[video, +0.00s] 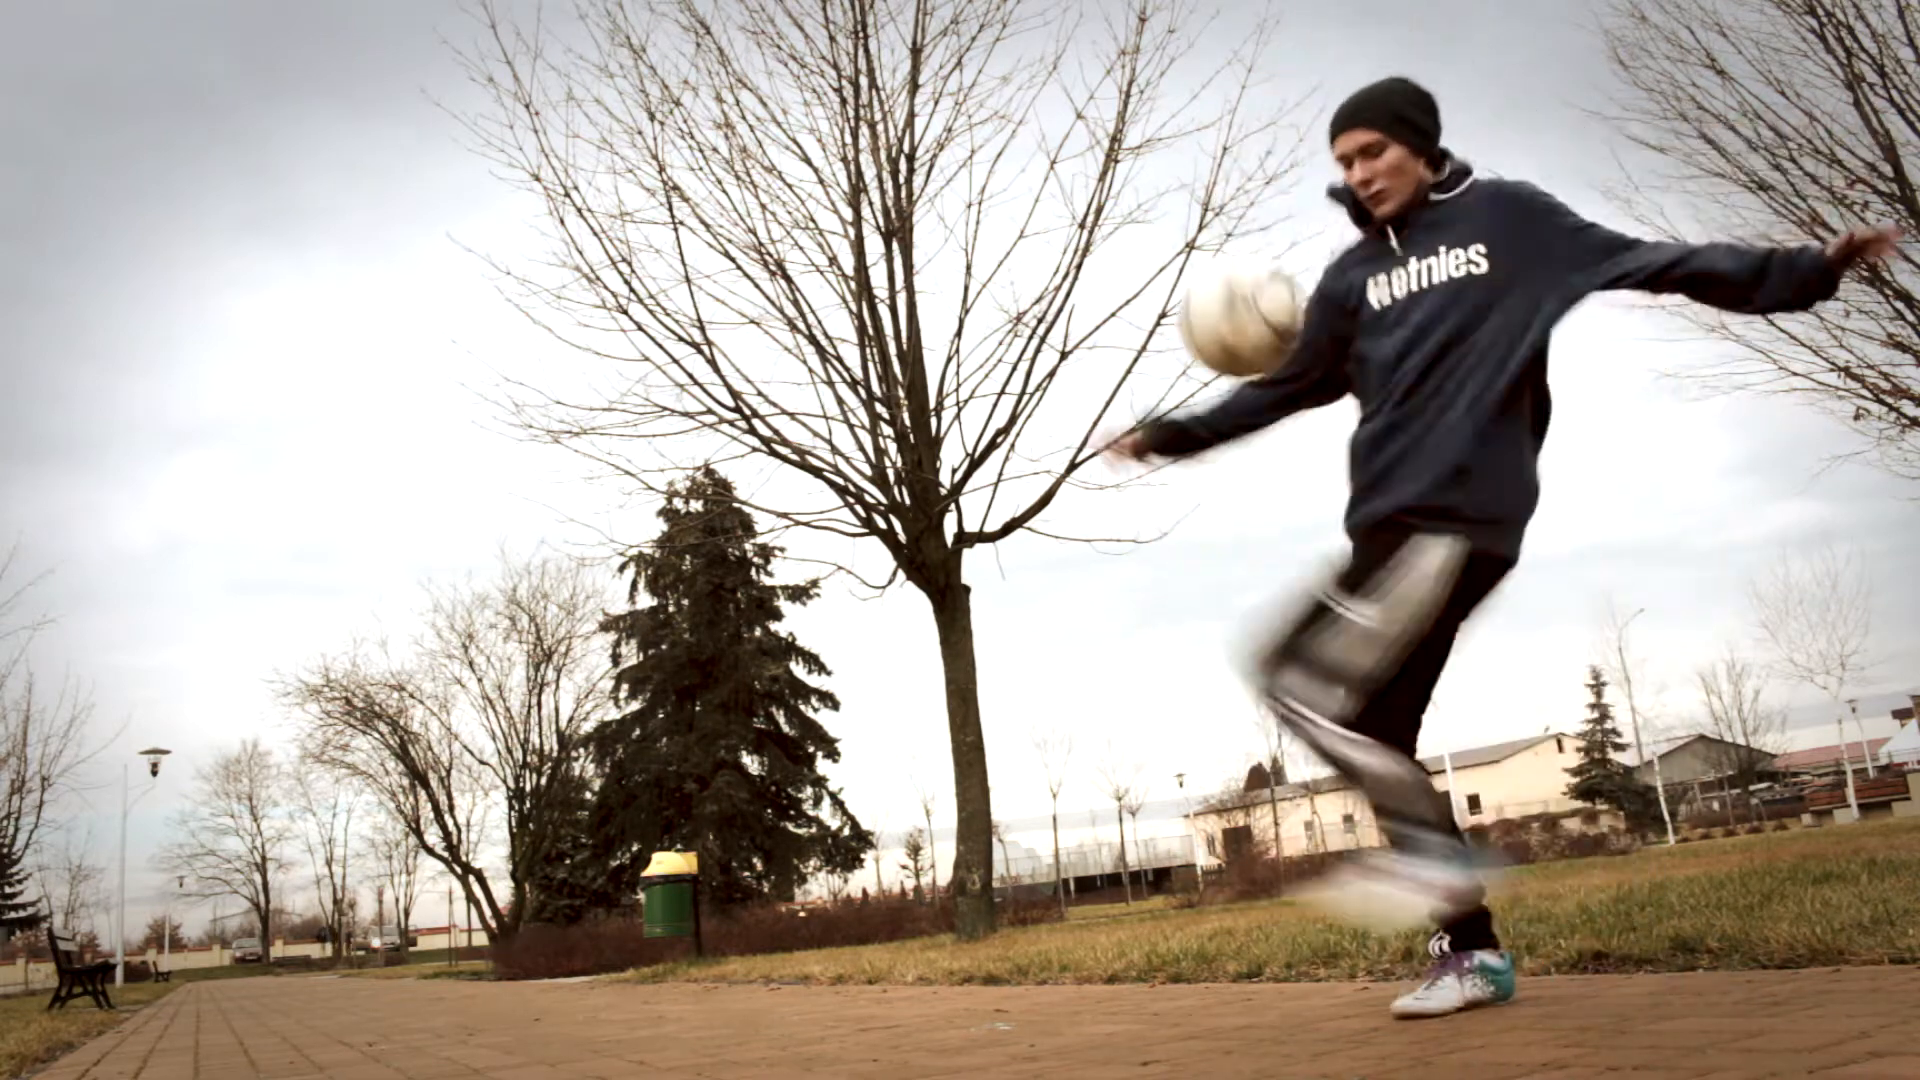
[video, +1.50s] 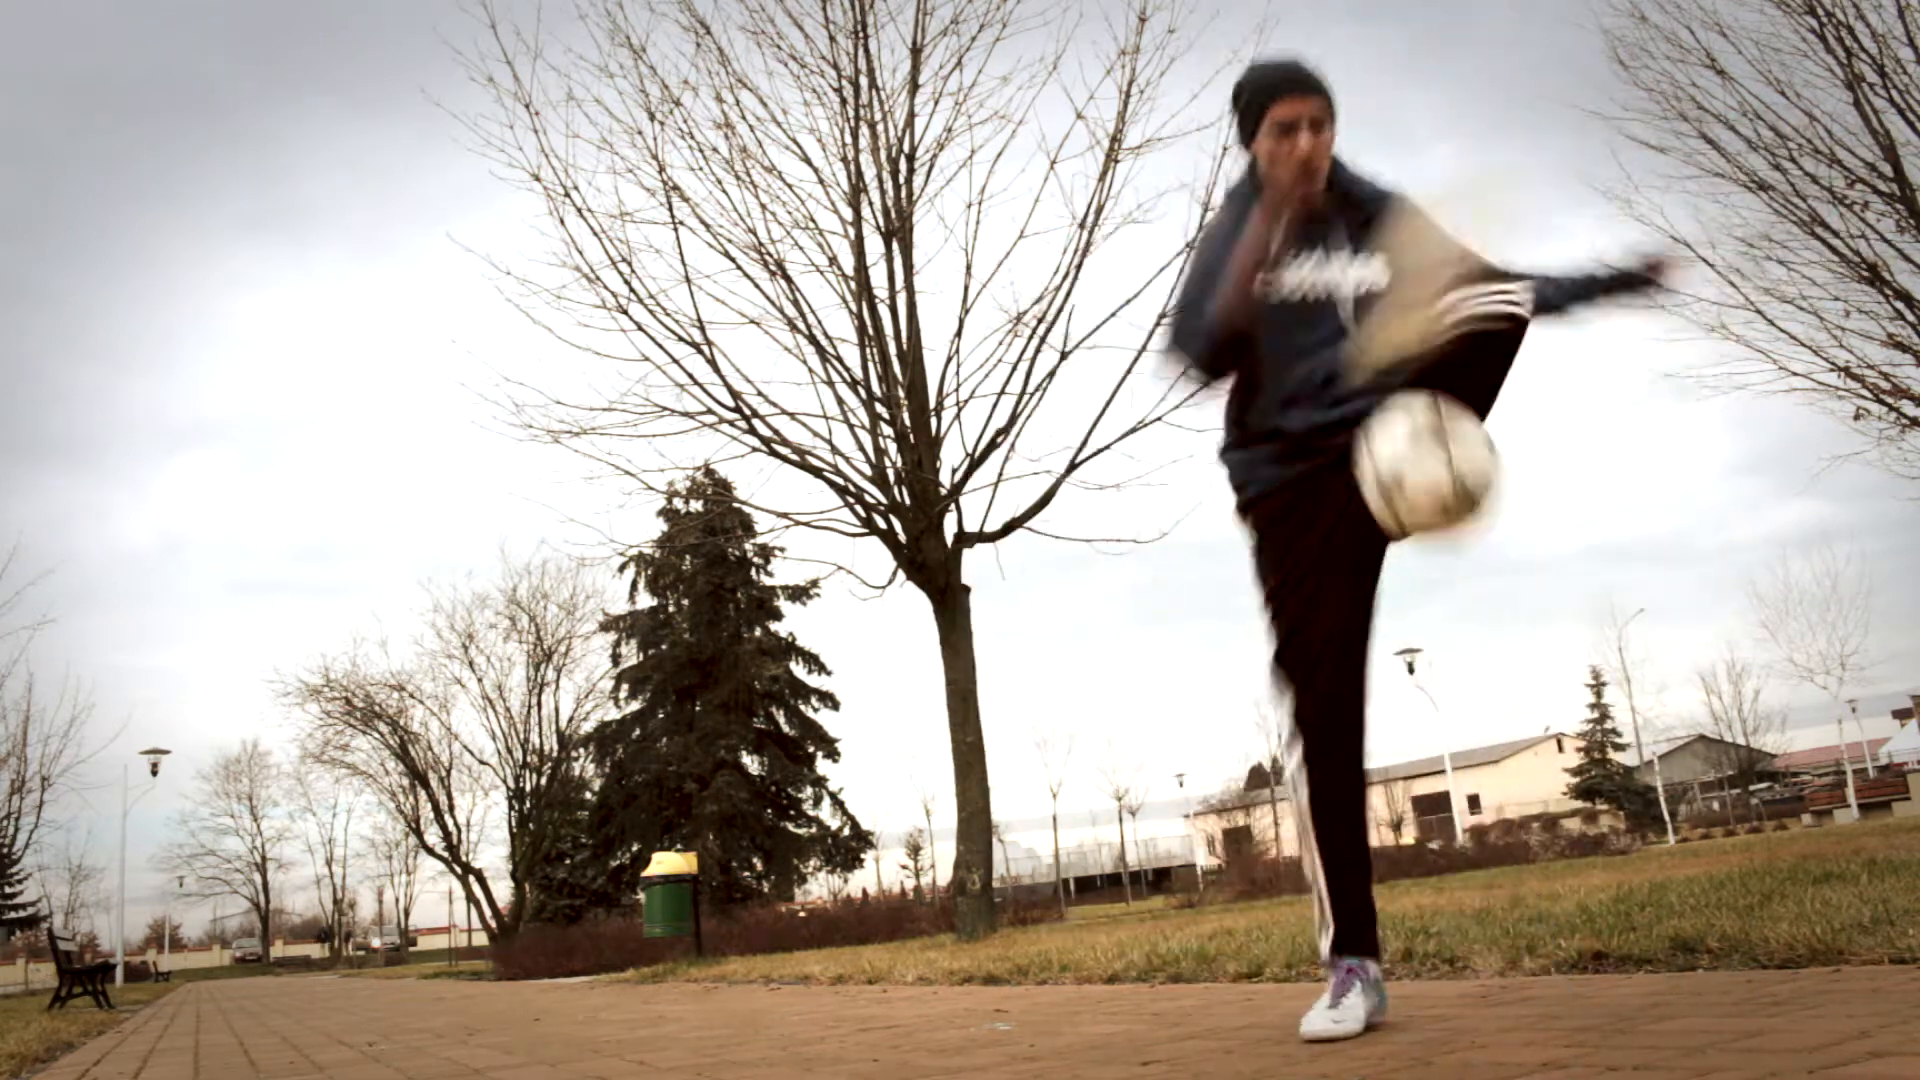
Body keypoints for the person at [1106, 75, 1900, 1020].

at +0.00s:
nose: (1357, 176)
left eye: (1371, 155)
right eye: (1345, 164)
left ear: (1424, 145)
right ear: (1342, 174)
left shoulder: (1504, 211)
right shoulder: (1351, 277)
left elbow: (1657, 260)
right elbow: (1292, 381)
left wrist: (1813, 266)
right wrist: (1171, 435)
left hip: (1464, 505)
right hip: (1386, 518)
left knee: (1302, 676)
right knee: (1379, 737)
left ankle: (1429, 855)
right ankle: (1472, 950)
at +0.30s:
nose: (1261, 179)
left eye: (1268, 155)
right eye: (1248, 167)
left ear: (1317, 132)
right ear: (1250, 166)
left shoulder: (1419, 169)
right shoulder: (1276, 259)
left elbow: (1569, 185)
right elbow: (1170, 318)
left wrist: (1650, 166)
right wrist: (1045, 294)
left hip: (1501, 406)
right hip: (1415, 453)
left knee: (1299, 424)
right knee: (1369, 675)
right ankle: (1384, 905)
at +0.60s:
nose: (1262, 232)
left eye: (1274, 206)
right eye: (1247, 215)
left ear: (1326, 193)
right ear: (1250, 218)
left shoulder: (1400, 232)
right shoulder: (1318, 285)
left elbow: (1416, 304)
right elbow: (1325, 428)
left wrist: (1315, 305)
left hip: (1455, 529)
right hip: (1371, 517)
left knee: (1419, 724)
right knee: (1244, 410)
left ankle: (1533, 966)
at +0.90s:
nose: (1243, 86)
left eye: (1254, 63)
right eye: (1228, 73)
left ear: (1301, 42)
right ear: (1226, 75)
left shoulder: (1382, 100)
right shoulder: (1248, 149)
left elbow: (1464, 97)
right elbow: (1203, 223)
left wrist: (1510, 40)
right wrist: (1097, 241)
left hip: (1379, 366)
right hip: (1279, 377)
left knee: (1269, 506)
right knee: (1216, 551)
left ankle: (1252, 732)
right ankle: (1220, 795)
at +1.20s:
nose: (1224, 204)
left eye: (1236, 182)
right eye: (1204, 193)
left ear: (1269, 173)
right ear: (1186, 203)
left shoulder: (1353, 241)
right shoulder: (1196, 312)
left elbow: (1464, 335)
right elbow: (1131, 440)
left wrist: (1600, 408)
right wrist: (1007, 541)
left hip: (1395, 532)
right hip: (1302, 549)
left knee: (1250, 697)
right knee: (1290, 757)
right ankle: (1352, 972)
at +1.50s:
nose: (1306, 142)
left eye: (1316, 125)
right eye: (1286, 130)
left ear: (1336, 129)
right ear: (1250, 145)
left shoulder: (1376, 214)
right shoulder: (1229, 229)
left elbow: (1489, 294)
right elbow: (1198, 352)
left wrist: (1625, 280)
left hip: (1390, 442)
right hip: (1295, 480)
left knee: (1493, 304)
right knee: (1327, 726)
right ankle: (1353, 965)